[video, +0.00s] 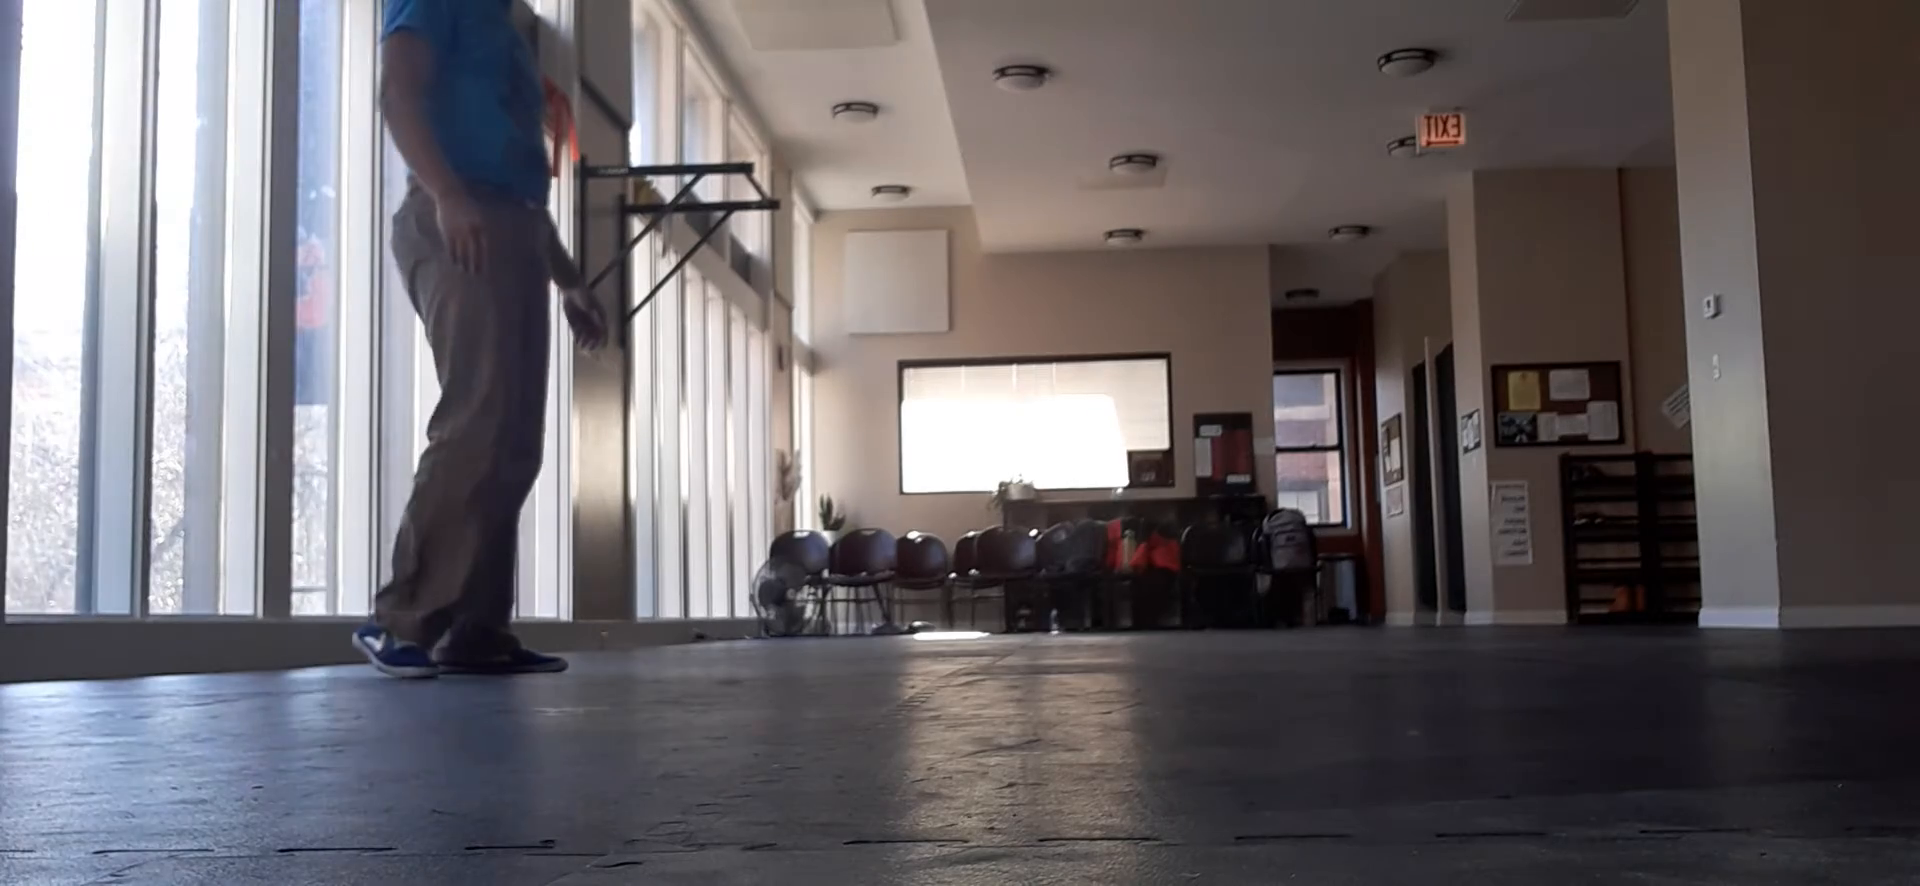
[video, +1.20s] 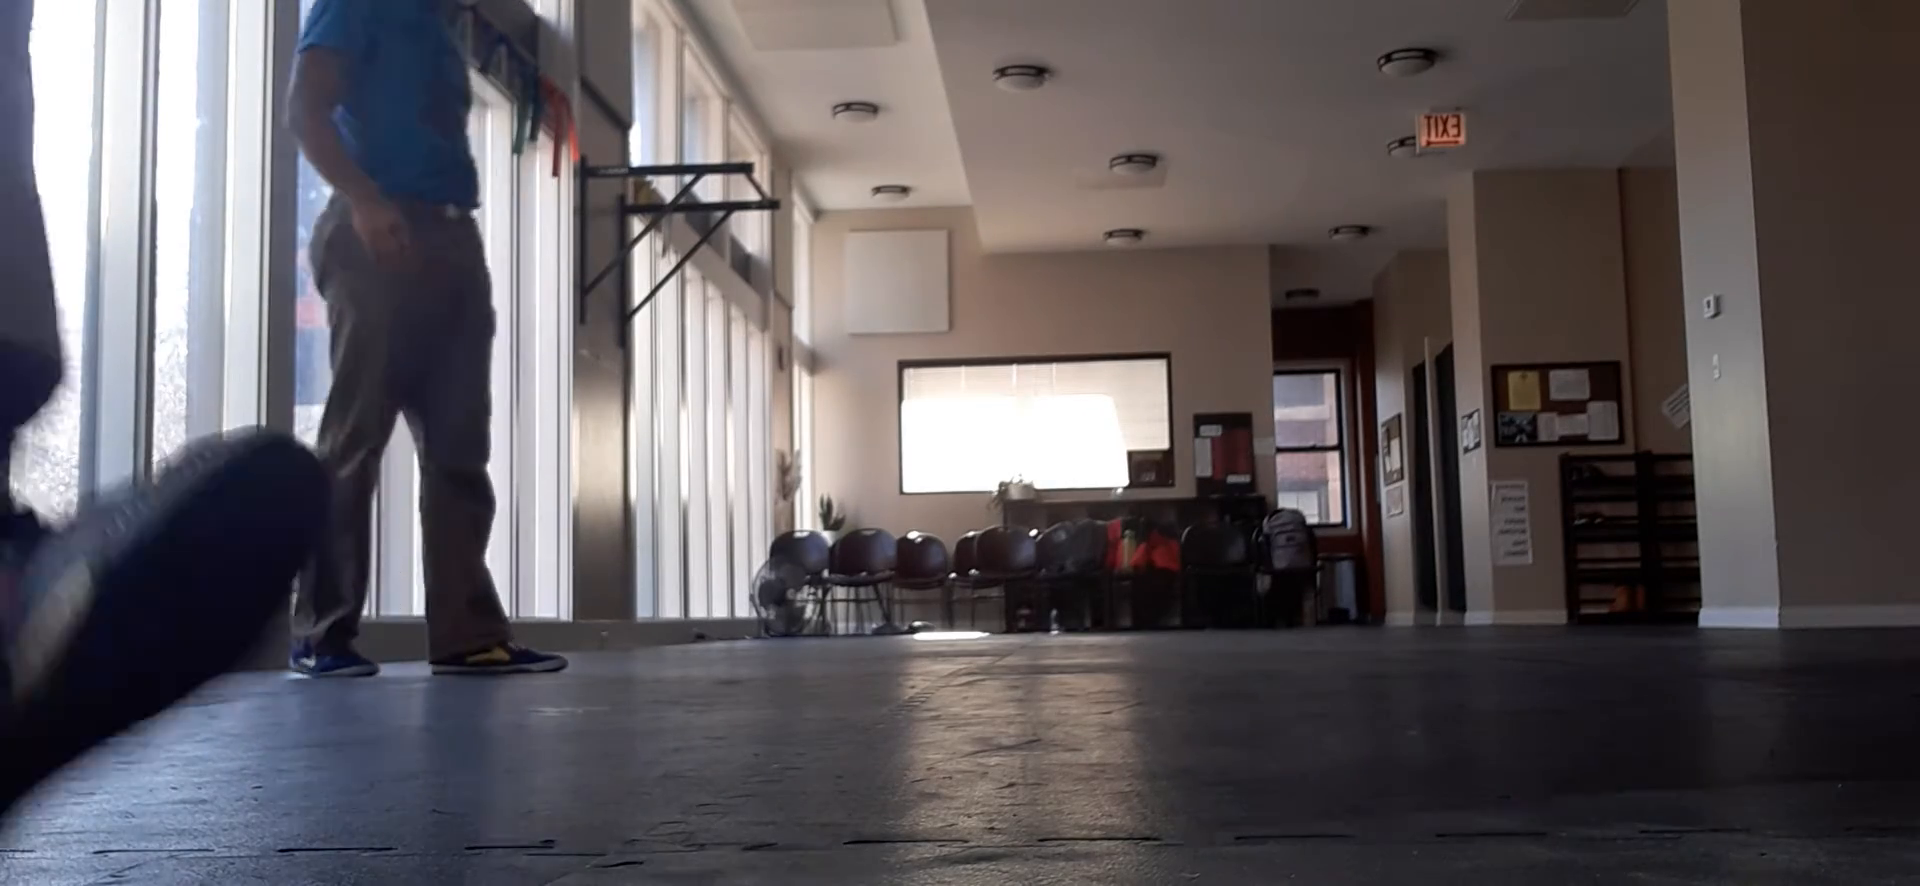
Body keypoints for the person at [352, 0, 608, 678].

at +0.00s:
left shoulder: (513, 37)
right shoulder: (434, 5)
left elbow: (521, 182)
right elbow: (398, 96)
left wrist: (569, 280)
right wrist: (448, 195)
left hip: (517, 227)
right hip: (464, 220)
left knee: (515, 438)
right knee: (476, 422)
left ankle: (477, 636)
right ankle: (401, 621)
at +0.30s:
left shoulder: (513, 24)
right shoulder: (454, 5)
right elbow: (404, 95)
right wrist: (445, 198)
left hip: (514, 221)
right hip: (467, 214)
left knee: (516, 437)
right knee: (487, 414)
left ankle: (477, 634)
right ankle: (402, 610)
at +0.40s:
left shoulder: (513, 24)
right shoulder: (457, 5)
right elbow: (403, 92)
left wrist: (545, 102)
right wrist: (443, 192)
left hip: (511, 220)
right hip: (463, 211)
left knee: (514, 428)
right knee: (493, 402)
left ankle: (477, 631)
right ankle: (401, 607)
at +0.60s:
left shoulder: (505, 26)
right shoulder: (452, 6)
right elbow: (403, 90)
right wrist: (444, 191)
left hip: (500, 225)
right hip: (456, 219)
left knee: (501, 438)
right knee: (481, 414)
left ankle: (474, 636)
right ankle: (378, 601)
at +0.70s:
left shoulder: (500, 34)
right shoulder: (447, 6)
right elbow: (399, 88)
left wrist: (523, 286)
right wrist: (446, 188)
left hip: (497, 230)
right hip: (451, 221)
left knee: (496, 445)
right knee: (472, 419)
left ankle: (474, 639)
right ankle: (358, 593)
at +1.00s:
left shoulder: (471, 30)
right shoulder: (394, 5)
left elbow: (471, 167)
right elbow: (357, 104)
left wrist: (504, 287)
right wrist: (422, 184)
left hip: (480, 238)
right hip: (411, 230)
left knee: (474, 453)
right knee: (391, 433)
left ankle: (472, 639)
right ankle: (328, 625)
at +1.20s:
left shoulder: (447, 18)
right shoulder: (353, 6)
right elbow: (307, 112)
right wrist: (363, 197)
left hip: (452, 236)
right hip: (376, 232)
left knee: (458, 453)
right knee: (354, 444)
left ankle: (467, 638)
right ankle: (322, 637)